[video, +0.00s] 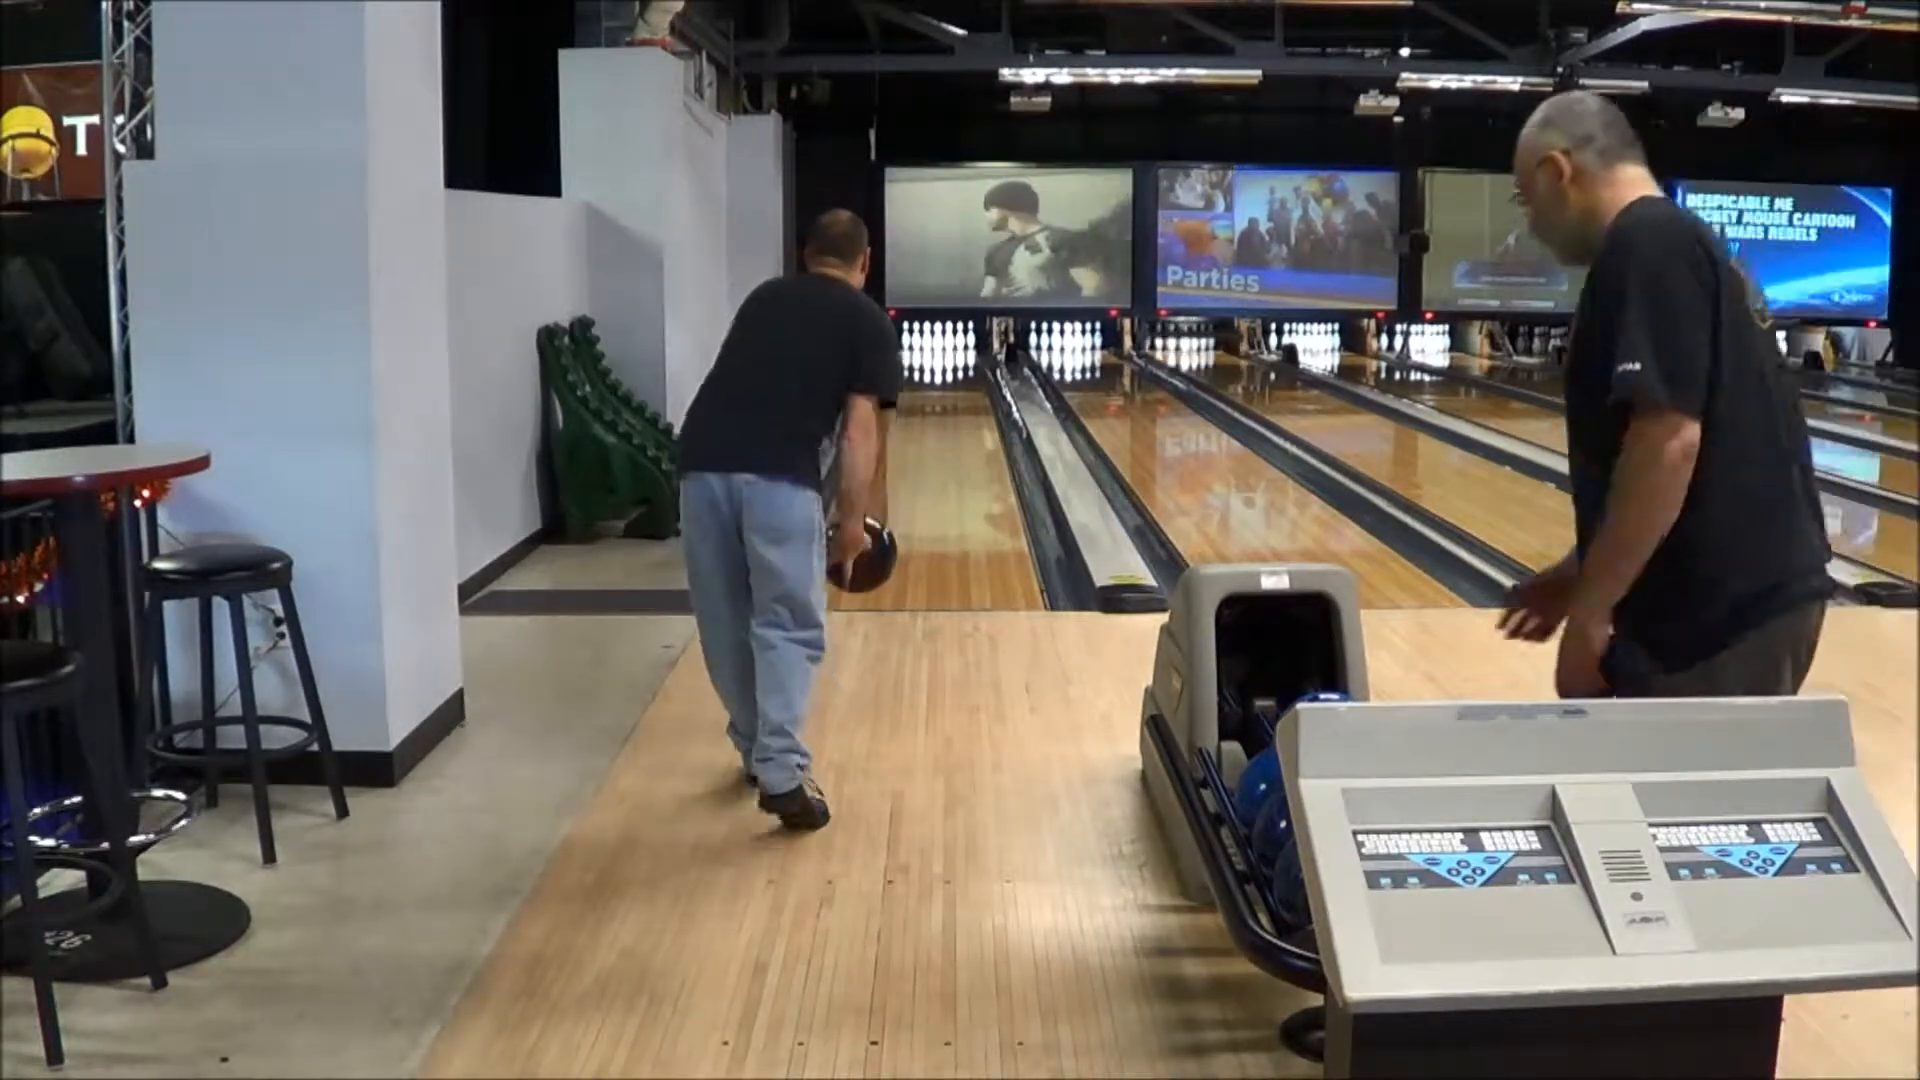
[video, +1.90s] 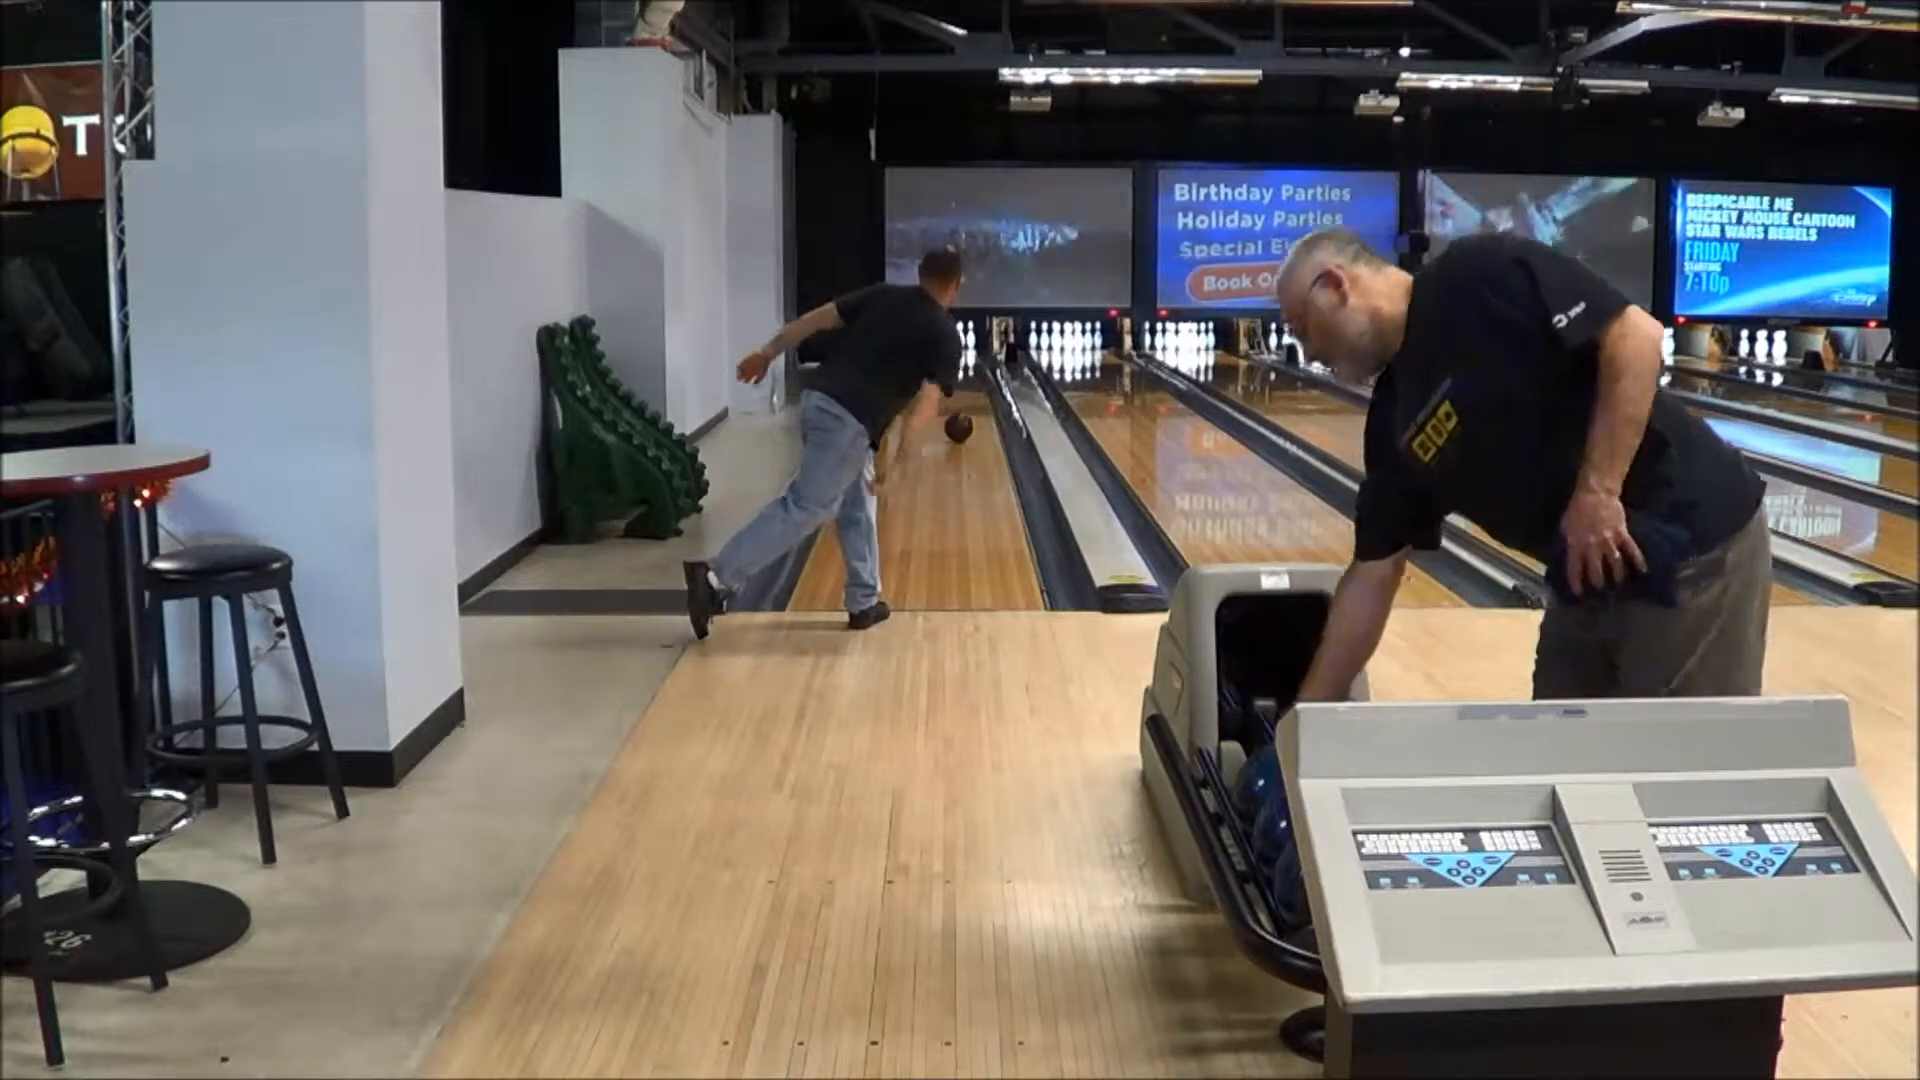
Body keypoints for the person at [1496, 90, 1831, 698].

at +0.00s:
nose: (1529, 222)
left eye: (1525, 197)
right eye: (1521, 202)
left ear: (1559, 172)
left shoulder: (1649, 242)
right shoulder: (1677, 240)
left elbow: (1666, 439)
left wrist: (1591, 611)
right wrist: (1576, 576)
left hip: (1714, 621)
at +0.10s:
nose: (1490, 247)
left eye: (1484, 220)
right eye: (1481, 226)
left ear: (1516, 192)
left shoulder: (1620, 243)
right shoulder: (1594, 276)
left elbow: (1668, 416)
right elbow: (1603, 482)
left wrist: (1625, 596)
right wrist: (1505, 590)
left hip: (1713, 610)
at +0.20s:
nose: (1445, 272)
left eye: (1439, 246)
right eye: (1436, 252)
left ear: (1469, 217)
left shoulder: (1583, 247)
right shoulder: (1540, 318)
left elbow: (1661, 384)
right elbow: (1547, 504)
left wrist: (1653, 562)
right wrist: (1444, 620)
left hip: (1716, 592)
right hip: (1636, 603)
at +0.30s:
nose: (1400, 305)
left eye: (1397, 281)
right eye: (1394, 289)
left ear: (1425, 249)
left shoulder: (1538, 253)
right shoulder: (1500, 378)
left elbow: (1641, 356)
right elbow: (1481, 545)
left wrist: (1664, 531)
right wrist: (1385, 668)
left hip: (1694, 577)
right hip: (1623, 596)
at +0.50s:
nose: (1340, 366)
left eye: (1334, 343)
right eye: (1333, 351)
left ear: (1361, 307)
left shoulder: (1476, 279)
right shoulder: (1440, 443)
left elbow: (1610, 341)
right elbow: (1415, 585)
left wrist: (1653, 493)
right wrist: (1330, 708)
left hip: (1696, 556)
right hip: (1607, 590)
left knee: (1682, 793)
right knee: (1570, 786)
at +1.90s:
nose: (1310, 356)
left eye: (1303, 331)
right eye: (1299, 342)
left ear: (1339, 284)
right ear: (1340, 288)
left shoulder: (1480, 271)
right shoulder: (1393, 424)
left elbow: (1636, 337)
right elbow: (1372, 576)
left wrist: (1599, 489)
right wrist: (1311, 715)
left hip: (1694, 540)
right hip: (1583, 568)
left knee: (1682, 777)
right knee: (1563, 773)